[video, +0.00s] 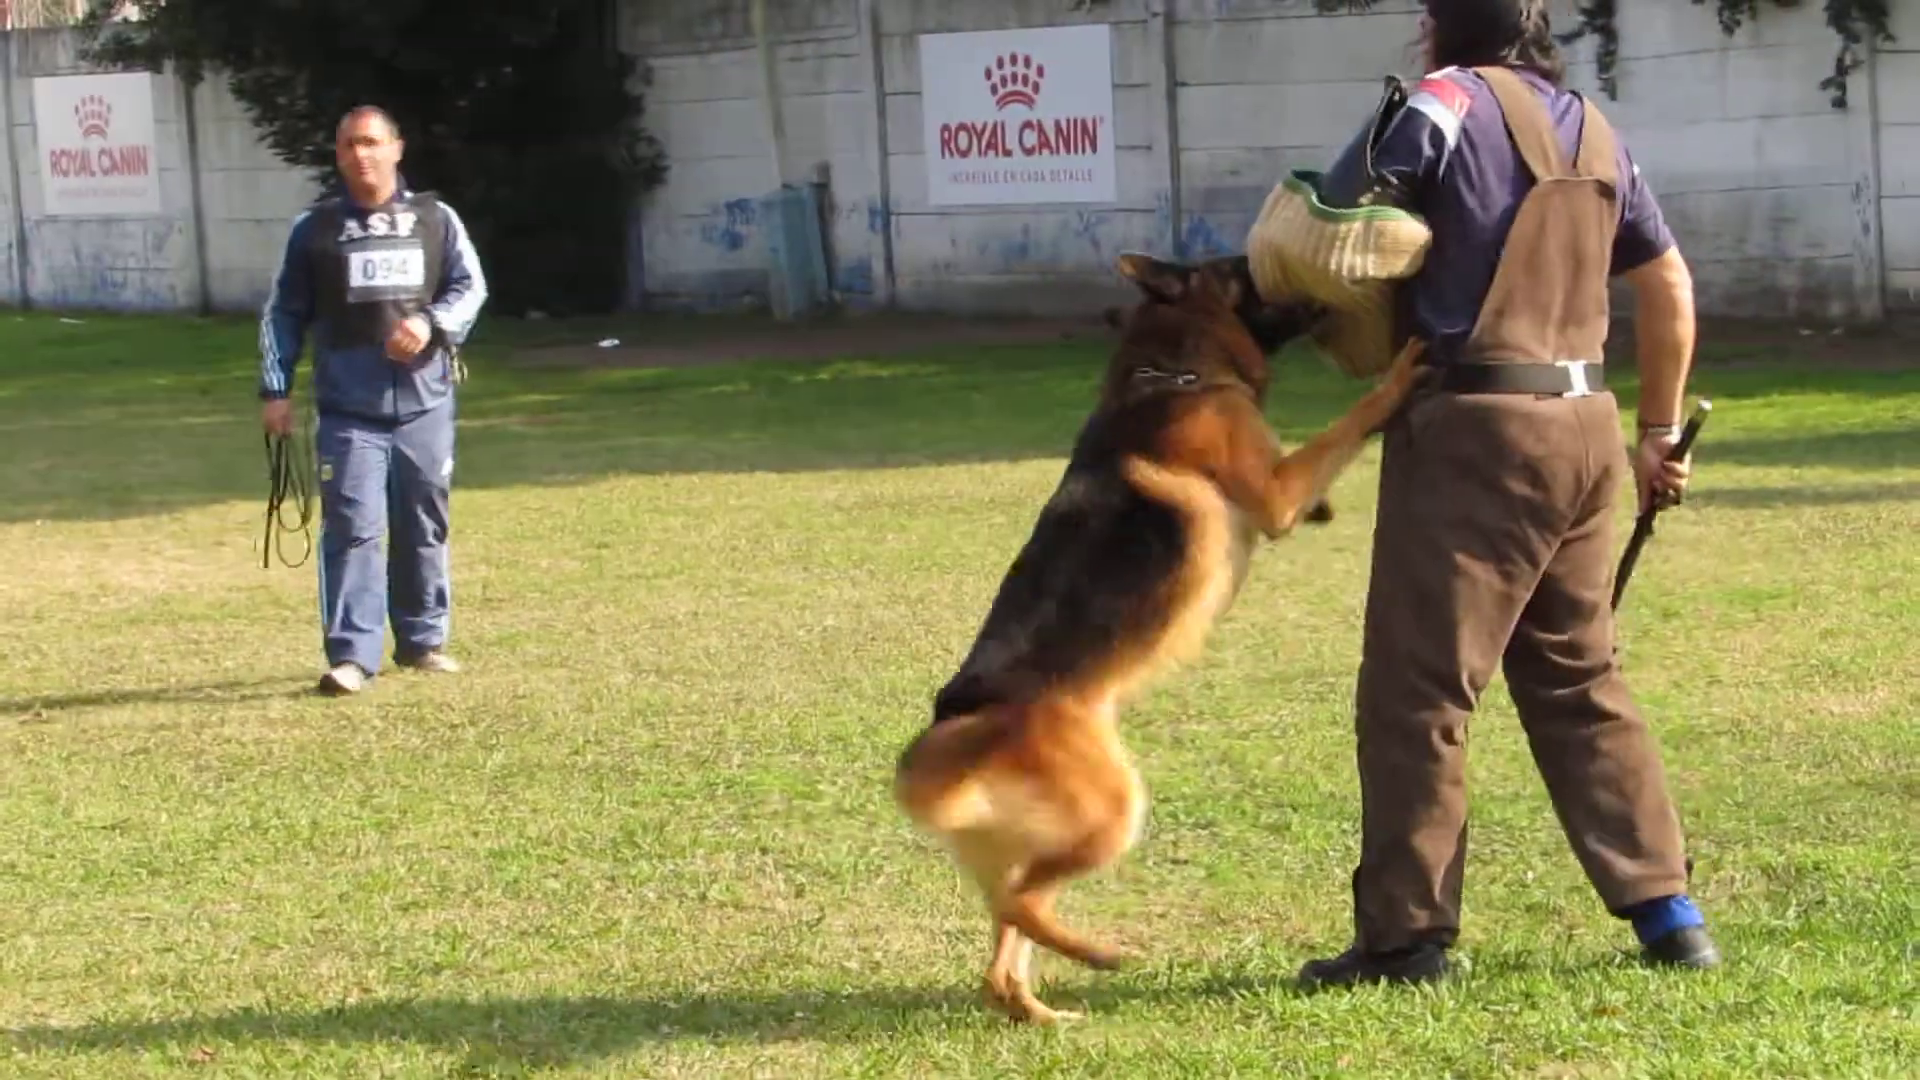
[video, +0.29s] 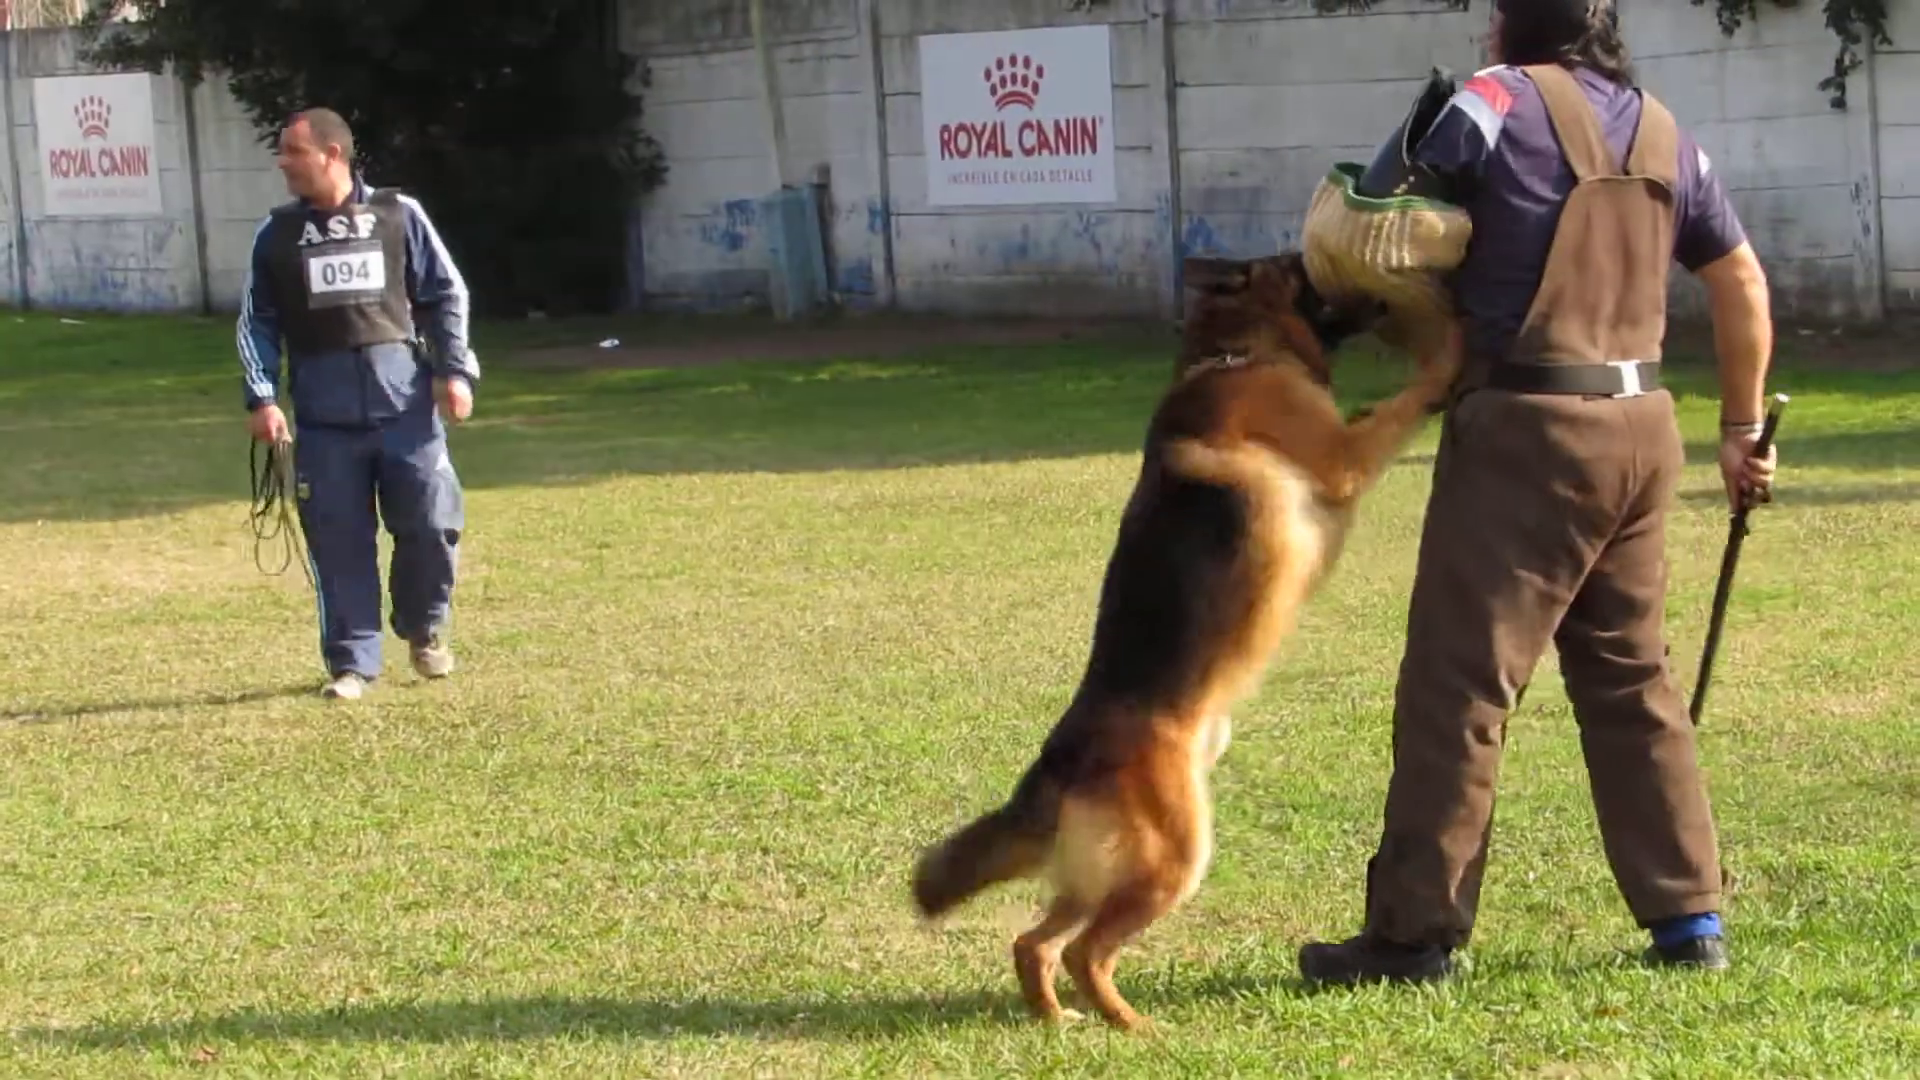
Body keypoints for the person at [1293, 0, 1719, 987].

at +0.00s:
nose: (1419, 38)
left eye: (1424, 25)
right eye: (1422, 28)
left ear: (1450, 26)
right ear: (1531, 32)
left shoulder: (1444, 99)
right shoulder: (1595, 131)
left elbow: (1364, 233)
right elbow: (1666, 285)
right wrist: (1662, 431)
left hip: (1474, 425)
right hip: (1585, 422)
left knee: (1418, 687)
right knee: (1577, 674)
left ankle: (1405, 941)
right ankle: (1666, 912)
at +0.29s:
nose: (1493, 29)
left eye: (1498, 19)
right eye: (1499, 21)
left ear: (1515, 27)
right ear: (1600, 29)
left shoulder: (1493, 98)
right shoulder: (1665, 132)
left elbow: (1386, 230)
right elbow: (1741, 284)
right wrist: (1744, 427)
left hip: (1529, 431)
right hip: (1644, 426)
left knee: (1458, 685)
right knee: (1632, 677)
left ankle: (1413, 935)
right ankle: (1689, 918)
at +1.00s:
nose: (1389, 42)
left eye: (1394, 28)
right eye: (1395, 28)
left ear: (1410, 33)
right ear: (1503, 36)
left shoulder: (1378, 121)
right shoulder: (1577, 135)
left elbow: (1280, 261)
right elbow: (1649, 291)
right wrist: (1663, 429)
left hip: (1403, 437)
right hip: (1534, 436)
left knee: (1341, 687)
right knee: (1511, 684)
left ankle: (1306, 937)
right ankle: (1525, 932)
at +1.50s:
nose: (1276, 41)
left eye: (1280, 29)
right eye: (1282, 28)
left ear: (1295, 38)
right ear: (1386, 36)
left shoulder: (1273, 129)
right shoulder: (1461, 138)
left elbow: (1176, 262)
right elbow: (1529, 296)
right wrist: (1512, 430)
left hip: (1290, 444)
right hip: (1415, 440)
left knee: (1227, 693)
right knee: (1395, 682)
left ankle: (1204, 944)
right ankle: (1424, 933)